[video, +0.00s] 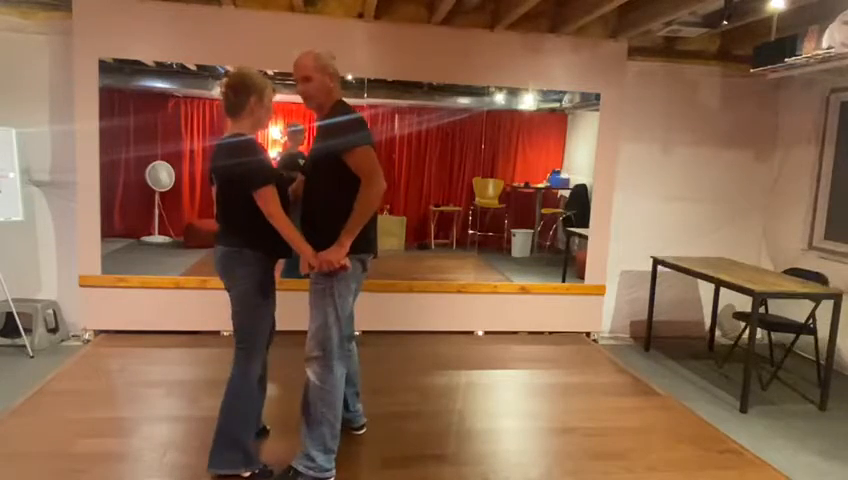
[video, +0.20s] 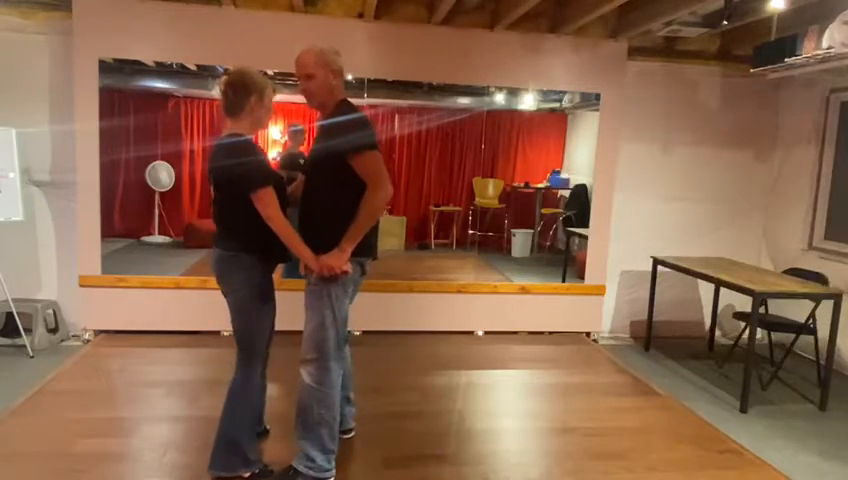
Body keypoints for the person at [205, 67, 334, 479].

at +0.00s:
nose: (271, 111)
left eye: (271, 104)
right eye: (269, 103)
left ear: (233, 104)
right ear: (254, 103)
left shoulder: (225, 149)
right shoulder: (248, 150)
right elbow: (272, 210)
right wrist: (306, 249)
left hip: (236, 253)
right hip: (250, 258)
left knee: (258, 343)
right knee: (250, 353)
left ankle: (249, 424)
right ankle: (230, 459)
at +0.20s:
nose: (271, 112)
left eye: (270, 105)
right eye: (269, 104)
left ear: (233, 103)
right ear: (255, 104)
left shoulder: (227, 148)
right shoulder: (244, 152)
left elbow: (250, 206)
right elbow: (271, 214)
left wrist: (288, 189)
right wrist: (309, 257)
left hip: (238, 259)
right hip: (246, 264)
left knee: (256, 354)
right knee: (252, 359)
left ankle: (250, 431)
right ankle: (232, 461)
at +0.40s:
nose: (271, 113)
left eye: (271, 105)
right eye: (269, 104)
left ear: (232, 102)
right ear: (255, 103)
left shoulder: (224, 150)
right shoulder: (244, 154)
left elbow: (247, 210)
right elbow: (274, 219)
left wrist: (288, 191)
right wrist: (314, 266)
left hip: (234, 262)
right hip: (245, 268)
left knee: (255, 355)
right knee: (252, 362)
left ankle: (251, 431)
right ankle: (232, 462)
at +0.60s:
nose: (273, 115)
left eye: (273, 107)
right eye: (271, 107)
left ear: (230, 106)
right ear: (255, 108)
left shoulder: (219, 154)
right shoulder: (248, 161)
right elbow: (279, 226)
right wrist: (320, 270)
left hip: (228, 266)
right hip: (247, 271)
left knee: (253, 356)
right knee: (249, 364)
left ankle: (252, 432)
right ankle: (231, 463)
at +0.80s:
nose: (272, 116)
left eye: (272, 108)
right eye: (270, 108)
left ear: (229, 107)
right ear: (257, 109)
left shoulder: (216, 155)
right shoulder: (250, 163)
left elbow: (205, 210)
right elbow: (283, 226)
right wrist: (325, 267)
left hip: (226, 266)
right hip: (249, 272)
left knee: (249, 359)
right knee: (251, 365)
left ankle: (234, 452)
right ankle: (234, 463)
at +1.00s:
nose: (267, 109)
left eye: (267, 101)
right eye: (263, 101)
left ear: (223, 103)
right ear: (244, 104)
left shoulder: (215, 150)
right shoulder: (243, 157)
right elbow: (284, 219)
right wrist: (325, 258)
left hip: (226, 261)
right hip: (249, 266)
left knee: (247, 345)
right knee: (255, 357)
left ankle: (223, 422)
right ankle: (235, 459)